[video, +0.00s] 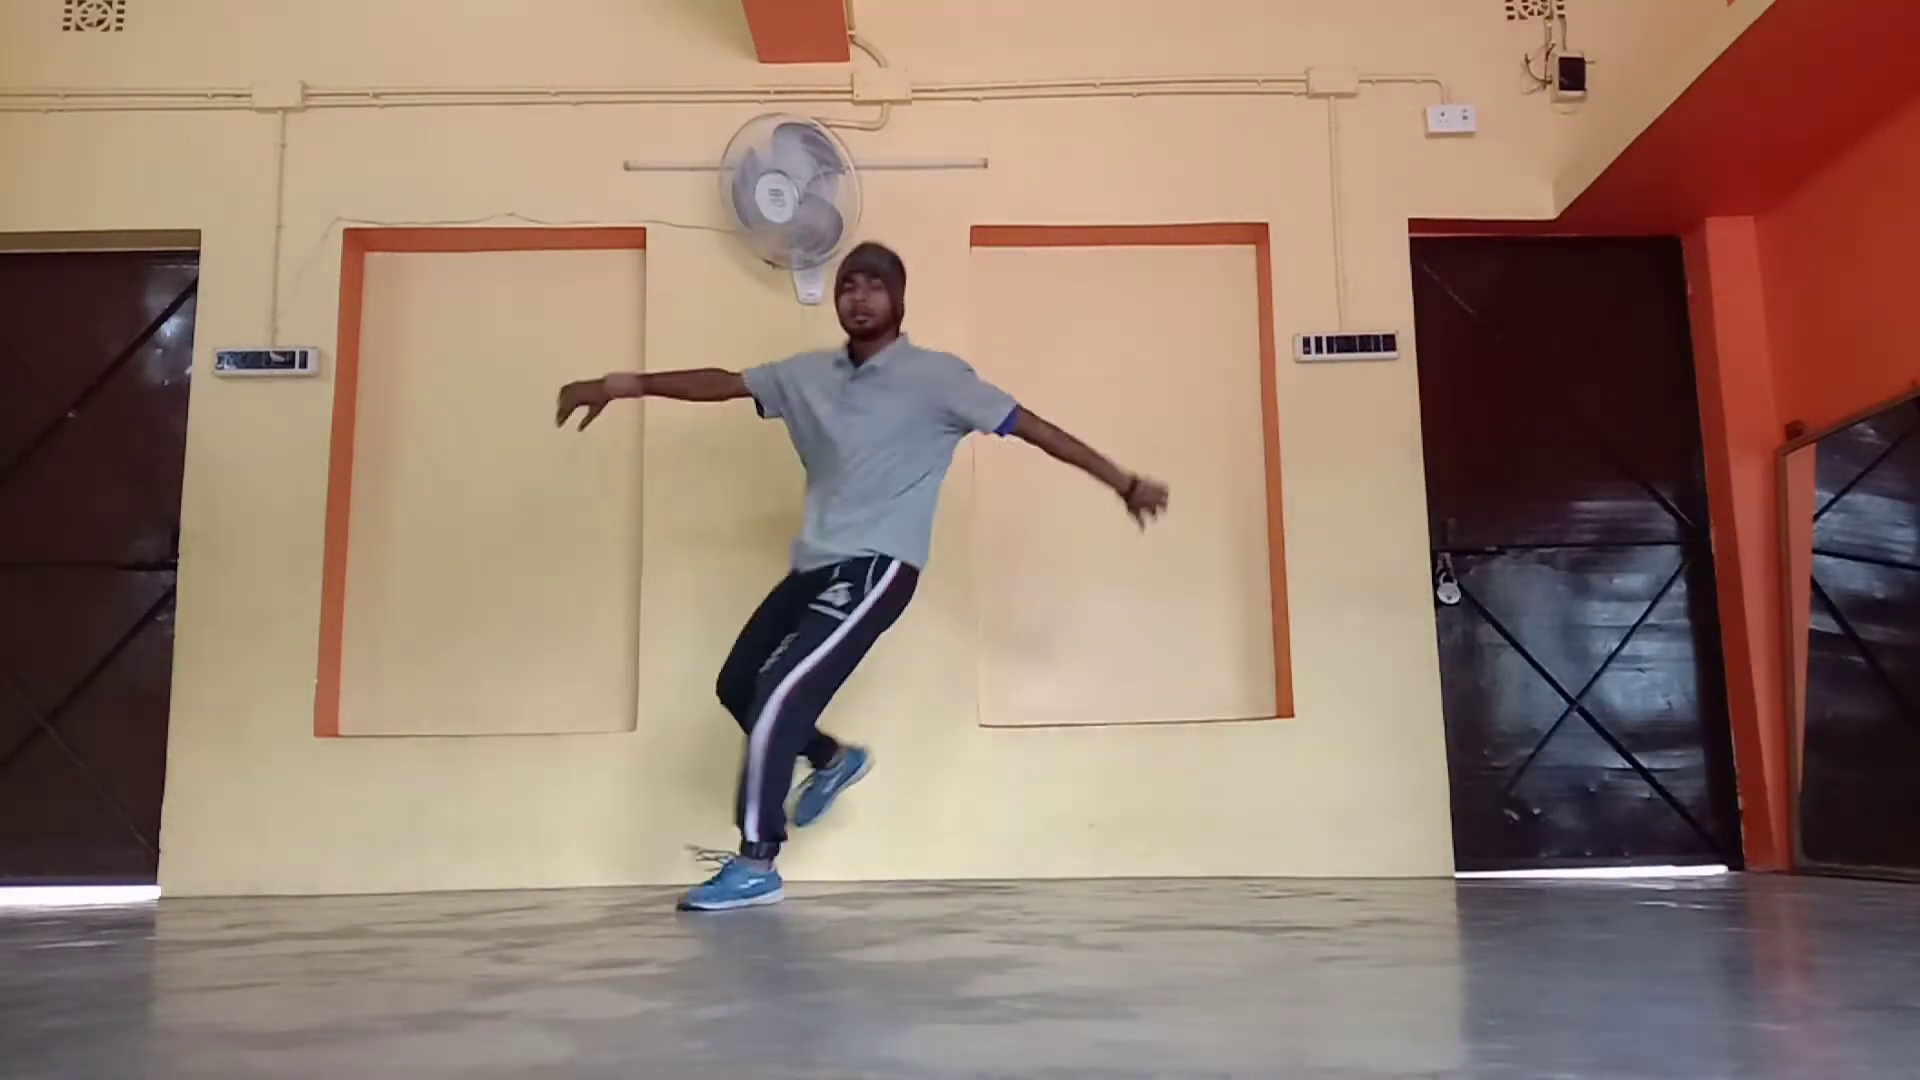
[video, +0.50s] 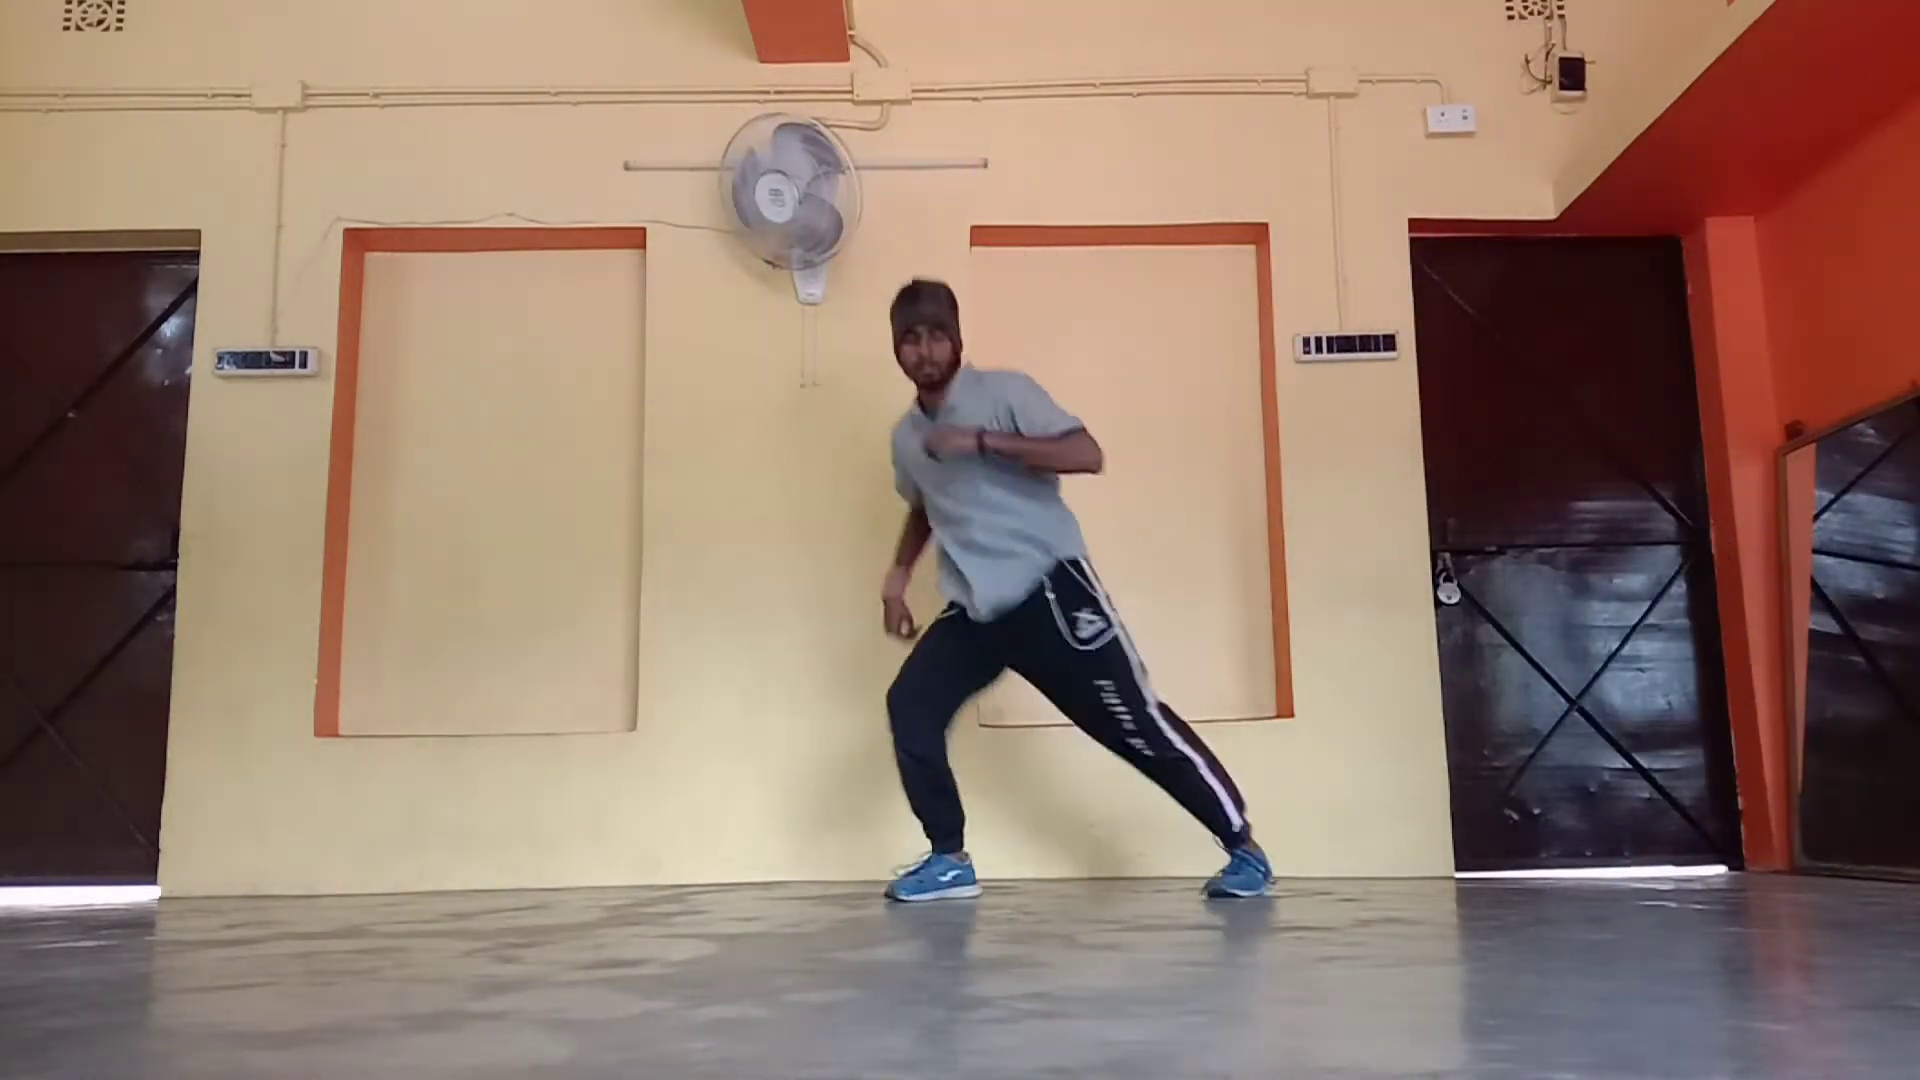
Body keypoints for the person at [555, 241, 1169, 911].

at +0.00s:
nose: (858, 297)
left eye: (873, 286)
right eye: (848, 287)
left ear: (901, 300)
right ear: (834, 301)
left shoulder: (936, 377)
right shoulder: (809, 375)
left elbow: (1032, 428)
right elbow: (720, 385)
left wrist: (1121, 479)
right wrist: (620, 386)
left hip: (879, 566)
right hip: (814, 562)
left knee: (782, 693)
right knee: (739, 685)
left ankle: (756, 862)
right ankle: (834, 759)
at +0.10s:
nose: (861, 276)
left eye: (875, 267)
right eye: (851, 268)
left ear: (901, 284)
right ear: (838, 288)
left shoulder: (940, 355)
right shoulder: (825, 374)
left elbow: (1025, 425)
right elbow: (751, 419)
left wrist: (1107, 489)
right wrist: (655, 441)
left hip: (899, 548)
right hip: (830, 556)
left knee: (814, 697)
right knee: (783, 700)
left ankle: (761, 855)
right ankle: (879, 782)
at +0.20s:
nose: (876, 273)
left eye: (889, 263)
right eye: (864, 265)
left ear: (913, 279)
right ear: (851, 284)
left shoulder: (961, 346)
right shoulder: (841, 376)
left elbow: (1024, 445)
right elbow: (794, 469)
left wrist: (1056, 544)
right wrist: (739, 545)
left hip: (942, 536)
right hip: (874, 545)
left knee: (867, 660)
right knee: (865, 687)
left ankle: (865, 816)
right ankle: (911, 848)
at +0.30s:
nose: (898, 277)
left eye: (909, 267)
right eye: (886, 269)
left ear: (930, 282)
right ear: (869, 286)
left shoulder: (974, 350)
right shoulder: (858, 383)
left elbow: (1028, 449)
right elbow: (843, 484)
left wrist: (989, 524)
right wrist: (824, 568)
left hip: (973, 542)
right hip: (902, 558)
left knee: (960, 648)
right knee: (880, 700)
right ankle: (916, 851)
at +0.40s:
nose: (917, 293)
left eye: (928, 280)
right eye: (902, 283)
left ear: (948, 288)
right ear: (885, 296)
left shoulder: (988, 348)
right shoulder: (884, 390)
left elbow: (1053, 436)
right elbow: (887, 475)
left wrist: (958, 448)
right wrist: (877, 540)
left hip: (1011, 551)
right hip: (938, 573)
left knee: (1087, 689)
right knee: (879, 690)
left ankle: (1180, 806)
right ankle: (919, 840)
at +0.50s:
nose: (924, 351)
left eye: (935, 335)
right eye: (910, 338)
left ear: (957, 339)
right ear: (895, 349)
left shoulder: (1006, 393)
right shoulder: (907, 438)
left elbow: (1087, 455)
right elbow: (924, 506)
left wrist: (983, 442)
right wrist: (898, 574)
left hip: (1051, 591)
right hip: (977, 613)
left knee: (1132, 720)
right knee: (912, 704)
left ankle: (1244, 850)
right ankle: (949, 858)